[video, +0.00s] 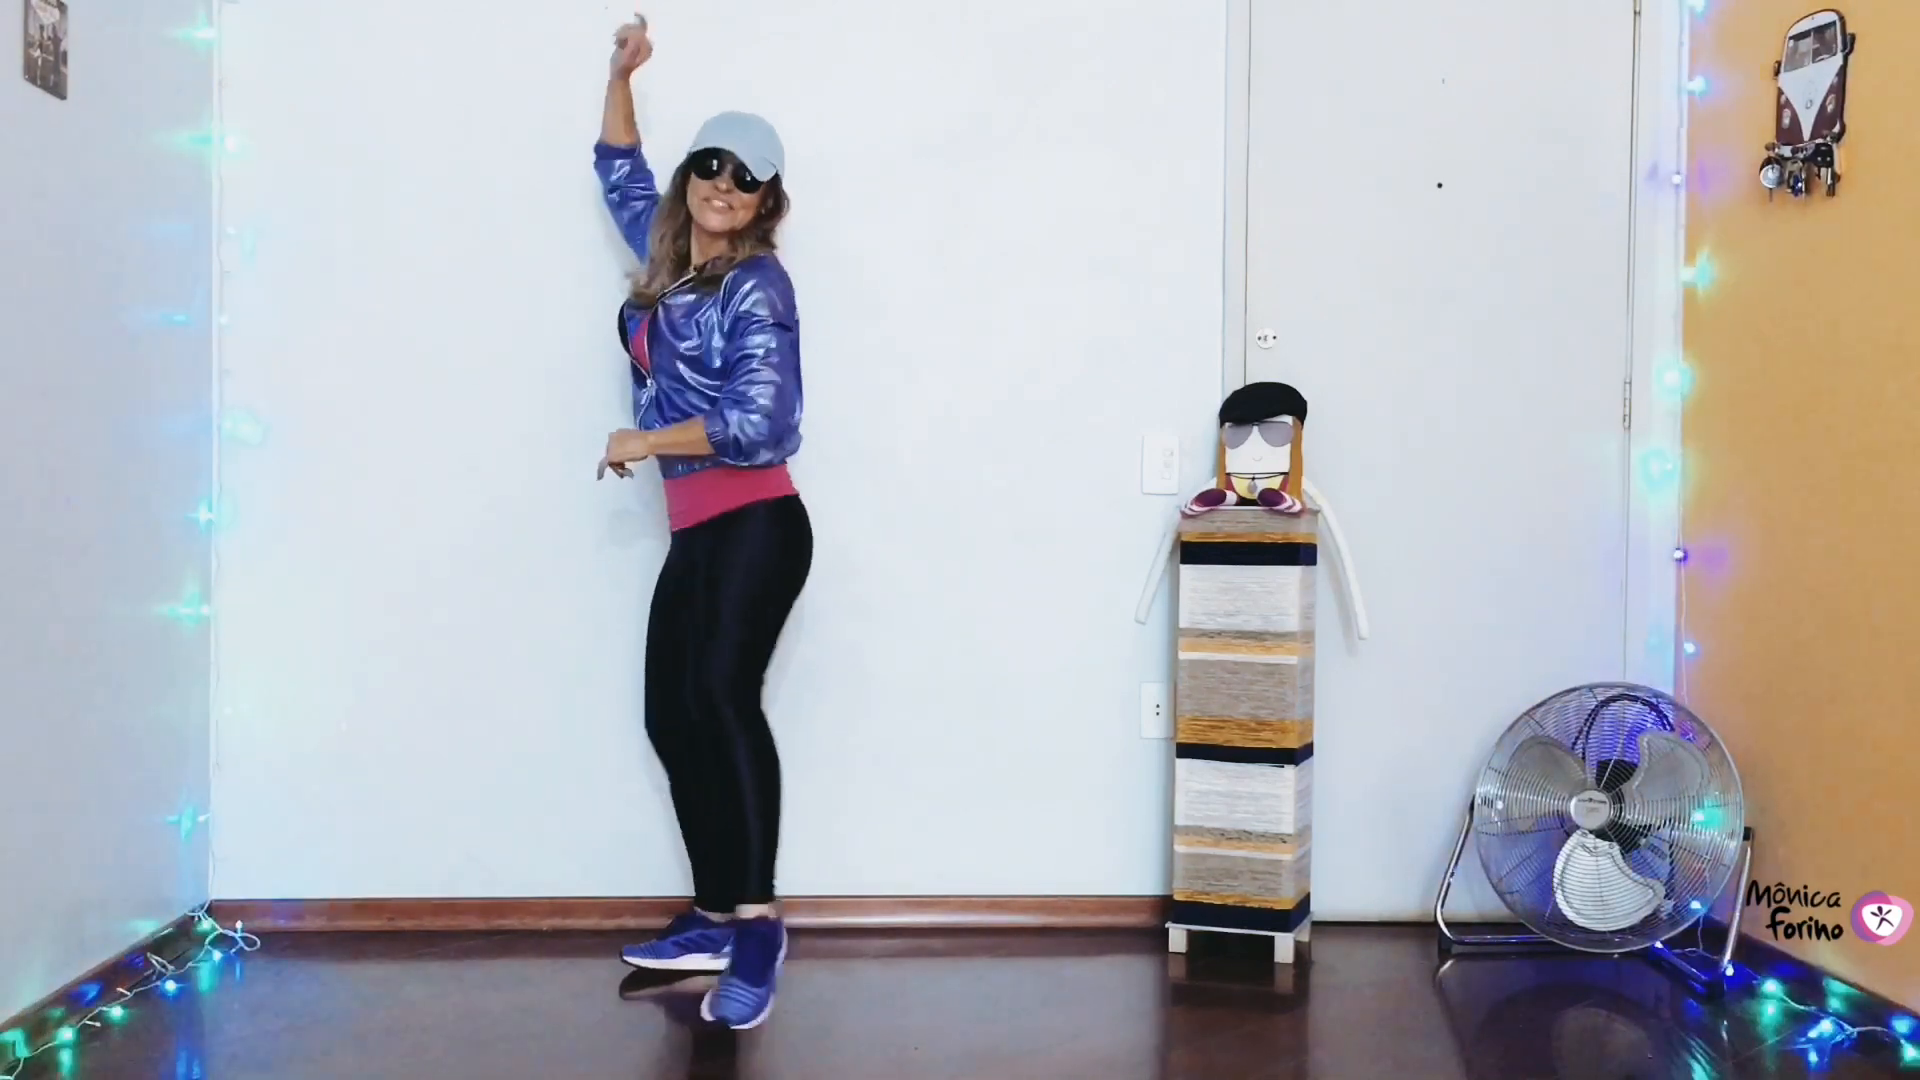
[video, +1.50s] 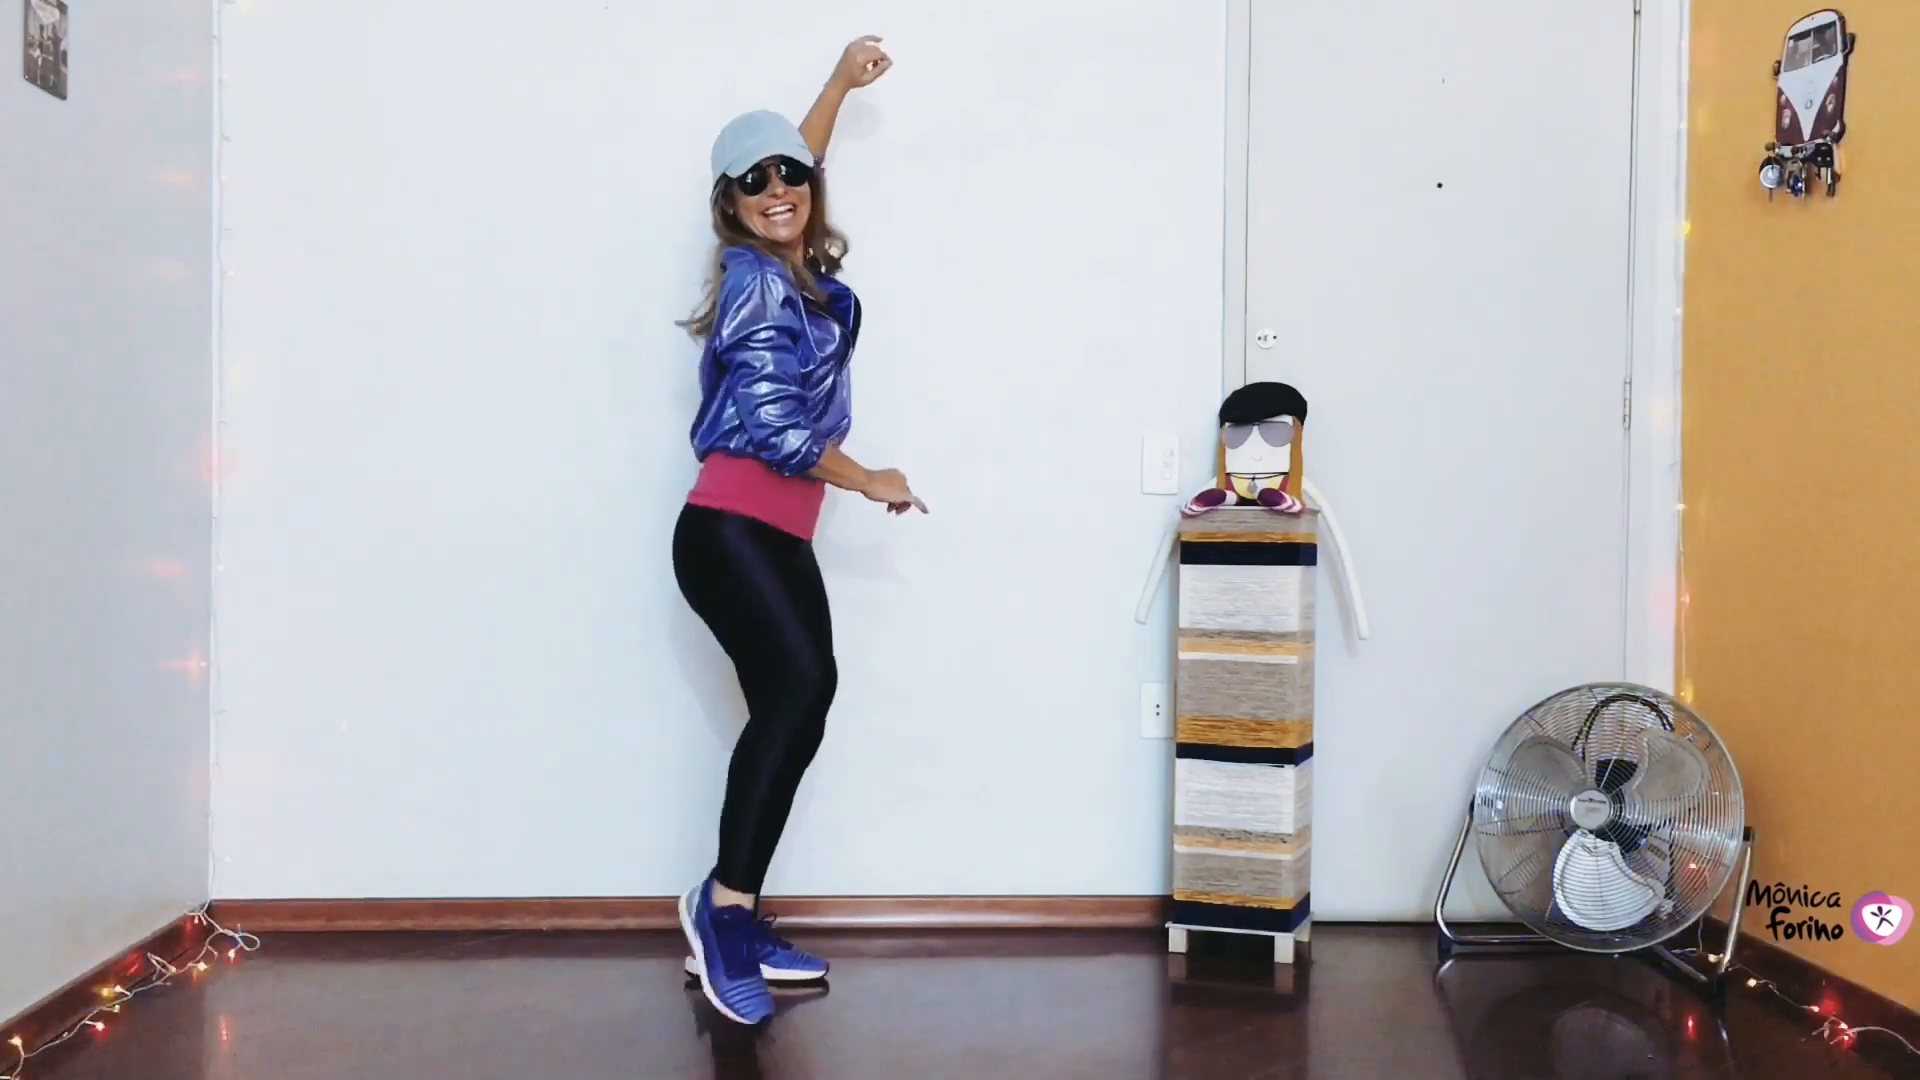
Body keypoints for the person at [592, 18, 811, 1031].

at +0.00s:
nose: (725, 190)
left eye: (746, 183)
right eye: (714, 171)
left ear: (764, 203)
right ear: (687, 179)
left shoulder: (756, 284)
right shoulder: (669, 266)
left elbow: (762, 419)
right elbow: (622, 175)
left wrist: (655, 440)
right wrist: (621, 77)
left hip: (758, 521)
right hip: (695, 532)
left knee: (726, 702)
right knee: (671, 714)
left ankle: (759, 919)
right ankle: (713, 912)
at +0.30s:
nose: (752, 195)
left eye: (773, 184)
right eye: (735, 178)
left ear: (795, 203)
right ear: (706, 194)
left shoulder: (811, 283)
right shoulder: (690, 299)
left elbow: (904, 386)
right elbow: (600, 328)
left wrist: (819, 466)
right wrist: (558, 228)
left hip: (791, 568)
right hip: (703, 561)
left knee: (775, 764)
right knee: (650, 740)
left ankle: (820, 979)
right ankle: (706, 906)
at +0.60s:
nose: (734, 196)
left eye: (754, 181)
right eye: (716, 183)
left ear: (788, 198)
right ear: (696, 205)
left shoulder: (846, 301)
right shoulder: (668, 324)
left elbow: (950, 329)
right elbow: (625, 462)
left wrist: (1014, 333)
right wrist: (520, 489)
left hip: (817, 573)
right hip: (709, 572)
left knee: (823, 778)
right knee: (643, 739)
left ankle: (821, 983)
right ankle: (694, 932)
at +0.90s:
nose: (755, 177)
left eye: (768, 156)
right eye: (729, 168)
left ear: (796, 169)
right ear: (708, 192)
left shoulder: (802, 240)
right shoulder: (721, 304)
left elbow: (847, 180)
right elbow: (716, 456)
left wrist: (938, 152)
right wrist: (811, 512)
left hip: (739, 539)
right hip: (656, 540)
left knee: (831, 705)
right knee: (685, 743)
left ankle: (822, 919)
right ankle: (645, 968)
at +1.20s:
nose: (766, 183)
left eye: (779, 166)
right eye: (746, 174)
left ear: (799, 172)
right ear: (720, 190)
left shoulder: (788, 251)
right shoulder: (740, 281)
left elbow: (792, 157)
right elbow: (768, 422)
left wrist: (858, 74)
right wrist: (878, 476)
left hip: (755, 536)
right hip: (711, 529)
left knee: (763, 730)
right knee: (699, 737)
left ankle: (729, 934)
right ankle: (619, 962)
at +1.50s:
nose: (776, 196)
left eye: (789, 181)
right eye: (755, 186)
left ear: (808, 191)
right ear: (732, 204)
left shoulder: (797, 267)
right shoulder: (757, 285)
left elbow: (802, 170)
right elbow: (759, 417)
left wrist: (839, 83)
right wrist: (861, 478)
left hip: (782, 537)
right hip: (730, 528)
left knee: (806, 701)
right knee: (789, 699)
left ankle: (740, 909)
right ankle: (724, 909)